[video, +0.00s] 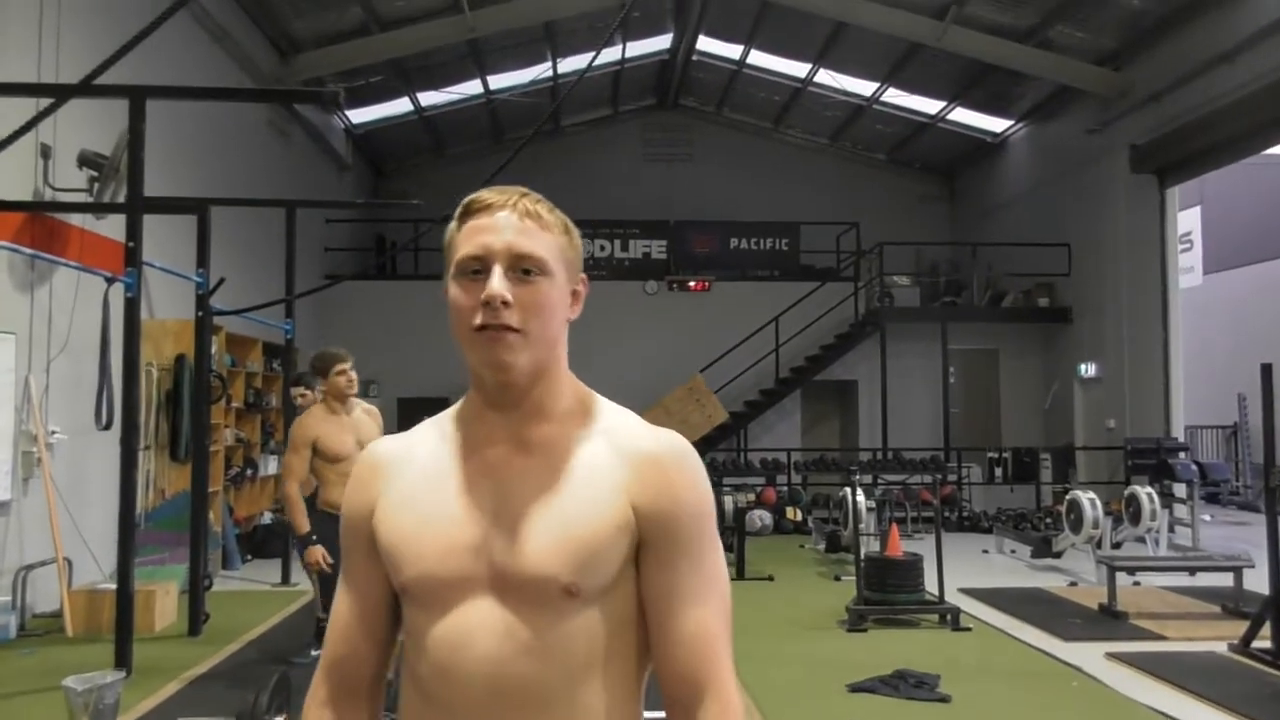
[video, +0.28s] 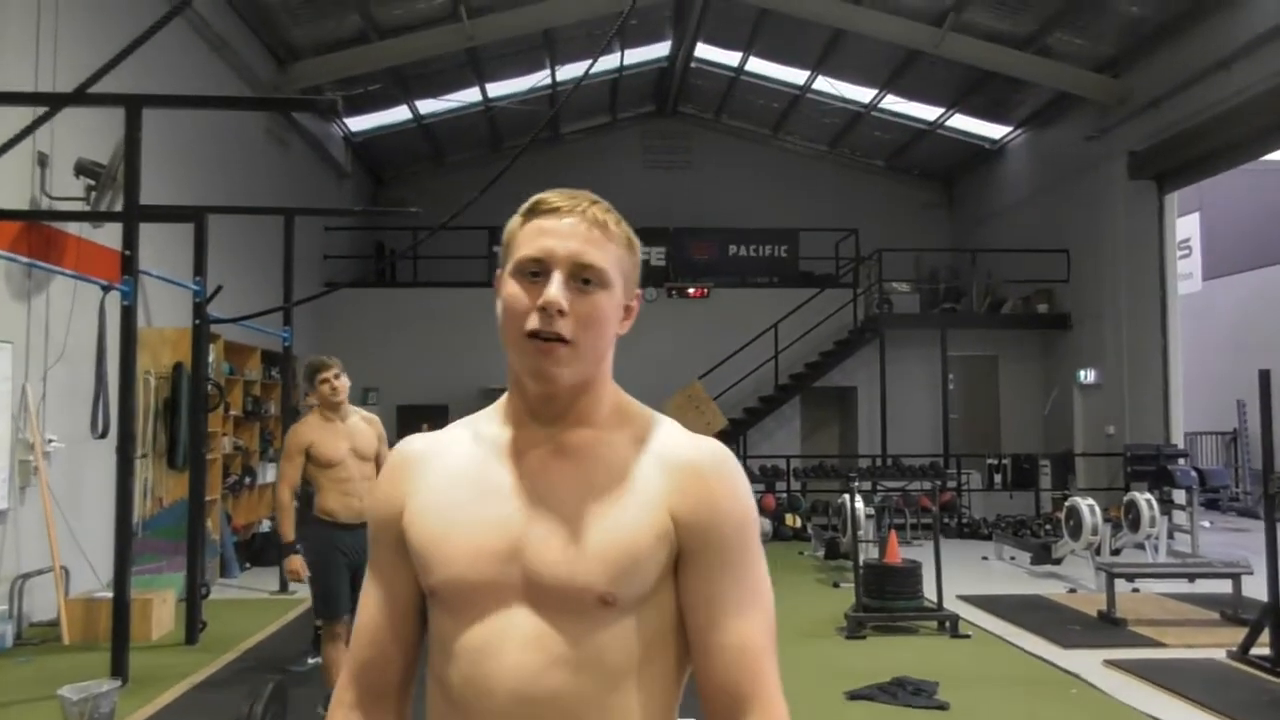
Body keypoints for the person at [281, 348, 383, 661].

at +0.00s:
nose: (351, 378)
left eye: (352, 371)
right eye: (342, 374)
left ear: (356, 374)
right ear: (323, 382)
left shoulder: (371, 414)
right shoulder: (307, 424)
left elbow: (380, 465)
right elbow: (291, 485)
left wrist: (387, 511)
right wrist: (307, 541)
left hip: (371, 515)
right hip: (331, 519)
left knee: (376, 595)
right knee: (332, 602)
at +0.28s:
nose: (334, 385)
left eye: (337, 378)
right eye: (324, 382)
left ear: (348, 381)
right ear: (313, 393)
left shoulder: (372, 423)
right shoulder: (302, 432)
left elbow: (388, 476)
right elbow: (284, 490)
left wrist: (392, 525)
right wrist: (290, 548)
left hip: (370, 531)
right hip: (328, 533)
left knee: (368, 625)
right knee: (336, 629)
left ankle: (366, 705)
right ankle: (339, 706)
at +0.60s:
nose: (330, 391)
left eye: (337, 385)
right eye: (323, 387)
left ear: (349, 391)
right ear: (315, 394)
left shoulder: (366, 436)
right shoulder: (297, 434)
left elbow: (379, 489)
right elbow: (274, 489)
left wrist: (387, 535)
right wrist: (272, 545)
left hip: (354, 538)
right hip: (312, 538)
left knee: (339, 627)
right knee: (325, 633)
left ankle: (327, 702)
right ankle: (329, 709)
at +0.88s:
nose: (322, 398)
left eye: (329, 392)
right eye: (316, 393)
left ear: (343, 398)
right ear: (307, 399)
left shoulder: (356, 444)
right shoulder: (285, 436)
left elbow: (365, 502)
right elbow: (259, 487)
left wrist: (369, 556)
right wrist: (253, 540)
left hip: (336, 544)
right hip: (291, 543)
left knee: (324, 636)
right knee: (298, 636)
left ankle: (319, 710)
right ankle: (297, 712)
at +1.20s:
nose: (288, 408)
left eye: (295, 402)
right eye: (282, 403)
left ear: (309, 408)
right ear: (274, 409)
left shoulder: (328, 453)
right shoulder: (255, 451)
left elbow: (343, 509)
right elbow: (237, 505)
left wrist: (352, 561)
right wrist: (232, 561)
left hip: (310, 561)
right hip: (263, 561)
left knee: (306, 648)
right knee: (250, 653)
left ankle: (308, 714)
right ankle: (240, 715)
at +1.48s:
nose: (252, 417)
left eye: (260, 411)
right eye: (246, 411)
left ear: (275, 417)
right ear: (237, 419)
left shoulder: (295, 461)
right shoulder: (221, 463)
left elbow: (311, 516)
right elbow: (204, 519)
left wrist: (313, 570)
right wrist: (199, 575)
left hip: (285, 570)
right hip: (237, 572)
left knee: (291, 662)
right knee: (236, 666)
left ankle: (301, 716)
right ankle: (231, 718)